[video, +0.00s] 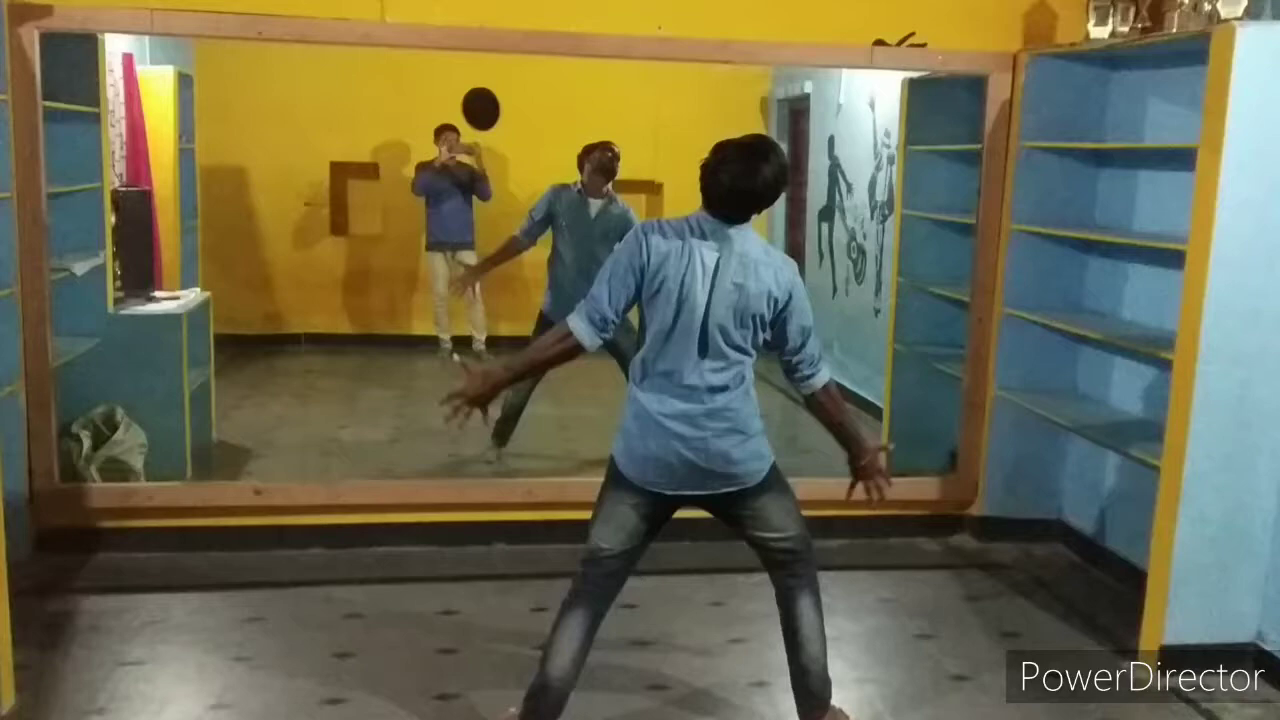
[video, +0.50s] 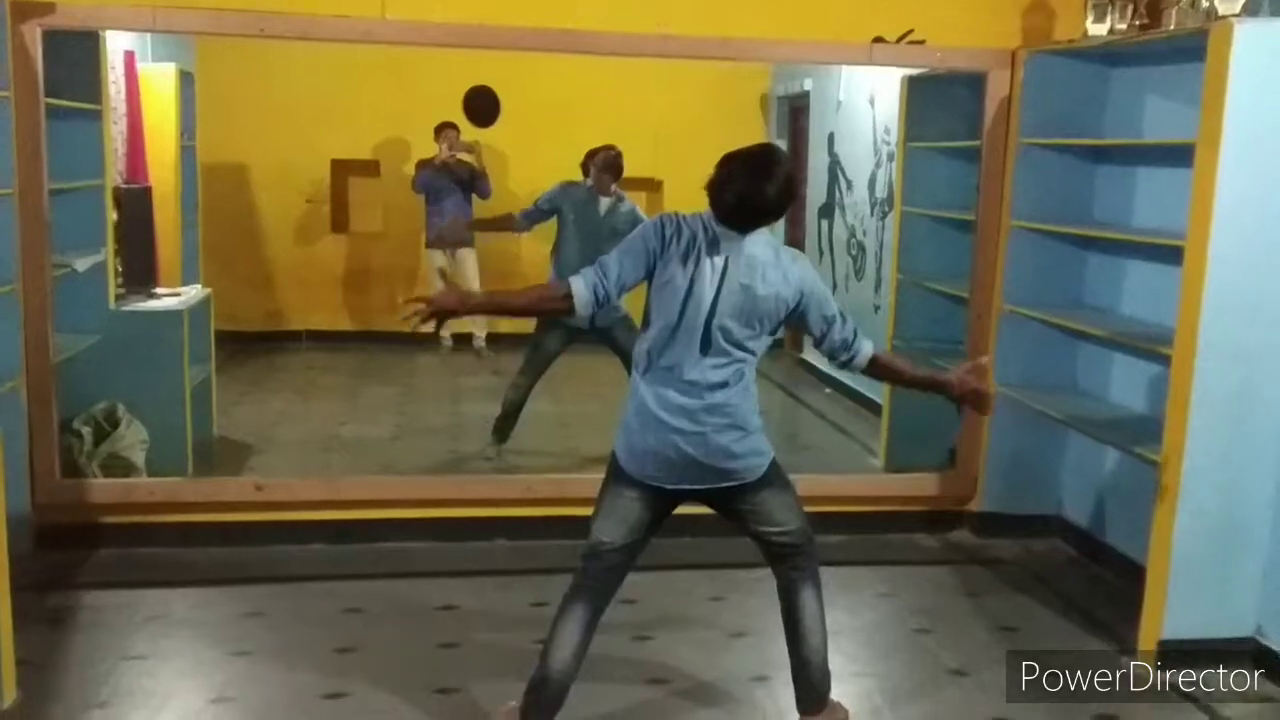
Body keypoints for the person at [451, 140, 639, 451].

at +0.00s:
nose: (613, 158)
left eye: (616, 155)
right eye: (606, 152)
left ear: (617, 169)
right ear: (585, 163)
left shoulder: (623, 216)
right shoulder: (559, 198)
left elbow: (640, 265)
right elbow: (523, 239)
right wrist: (477, 271)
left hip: (607, 310)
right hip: (560, 307)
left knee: (644, 376)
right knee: (526, 376)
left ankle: (664, 447)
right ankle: (496, 445)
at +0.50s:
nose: (608, 174)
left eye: (614, 169)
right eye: (603, 167)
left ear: (619, 174)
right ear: (589, 169)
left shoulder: (630, 214)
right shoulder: (567, 195)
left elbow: (660, 253)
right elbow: (521, 221)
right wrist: (467, 226)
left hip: (610, 311)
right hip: (562, 310)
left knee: (648, 370)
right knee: (528, 375)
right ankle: (497, 440)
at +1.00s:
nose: (614, 136)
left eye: (617, 133)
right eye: (607, 131)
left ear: (621, 147)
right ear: (589, 142)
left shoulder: (631, 190)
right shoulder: (564, 171)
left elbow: (653, 242)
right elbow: (513, 186)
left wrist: (647, 294)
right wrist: (464, 173)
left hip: (606, 289)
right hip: (559, 288)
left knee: (650, 351)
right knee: (522, 359)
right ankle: (495, 420)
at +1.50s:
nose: (612, 132)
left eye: (617, 128)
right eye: (604, 126)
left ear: (620, 136)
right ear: (586, 133)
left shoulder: (630, 185)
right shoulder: (562, 166)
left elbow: (648, 240)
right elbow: (513, 174)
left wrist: (646, 290)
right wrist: (471, 151)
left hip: (605, 285)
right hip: (559, 284)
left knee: (648, 348)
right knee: (522, 353)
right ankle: (493, 416)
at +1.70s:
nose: (608, 132)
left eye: (613, 127)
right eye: (601, 126)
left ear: (619, 134)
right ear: (584, 132)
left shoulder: (625, 180)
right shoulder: (559, 165)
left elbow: (671, 192)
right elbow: (509, 168)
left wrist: (708, 165)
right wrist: (473, 142)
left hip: (605, 285)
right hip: (557, 284)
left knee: (647, 347)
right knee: (522, 353)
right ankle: (493, 417)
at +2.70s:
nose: (588, 130)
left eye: (593, 124)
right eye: (580, 124)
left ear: (600, 128)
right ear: (566, 129)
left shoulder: (614, 163)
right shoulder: (551, 161)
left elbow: (655, 156)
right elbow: (505, 175)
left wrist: (686, 159)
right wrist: (472, 152)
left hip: (599, 276)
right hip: (556, 275)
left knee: (626, 345)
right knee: (523, 344)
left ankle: (643, 409)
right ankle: (496, 409)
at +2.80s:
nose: (586, 130)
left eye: (591, 123)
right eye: (579, 124)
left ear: (598, 127)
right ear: (565, 128)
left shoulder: (610, 166)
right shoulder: (550, 162)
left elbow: (653, 166)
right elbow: (515, 183)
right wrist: (483, 199)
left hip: (596, 271)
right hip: (555, 269)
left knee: (617, 339)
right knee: (528, 337)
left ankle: (636, 406)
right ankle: (499, 408)